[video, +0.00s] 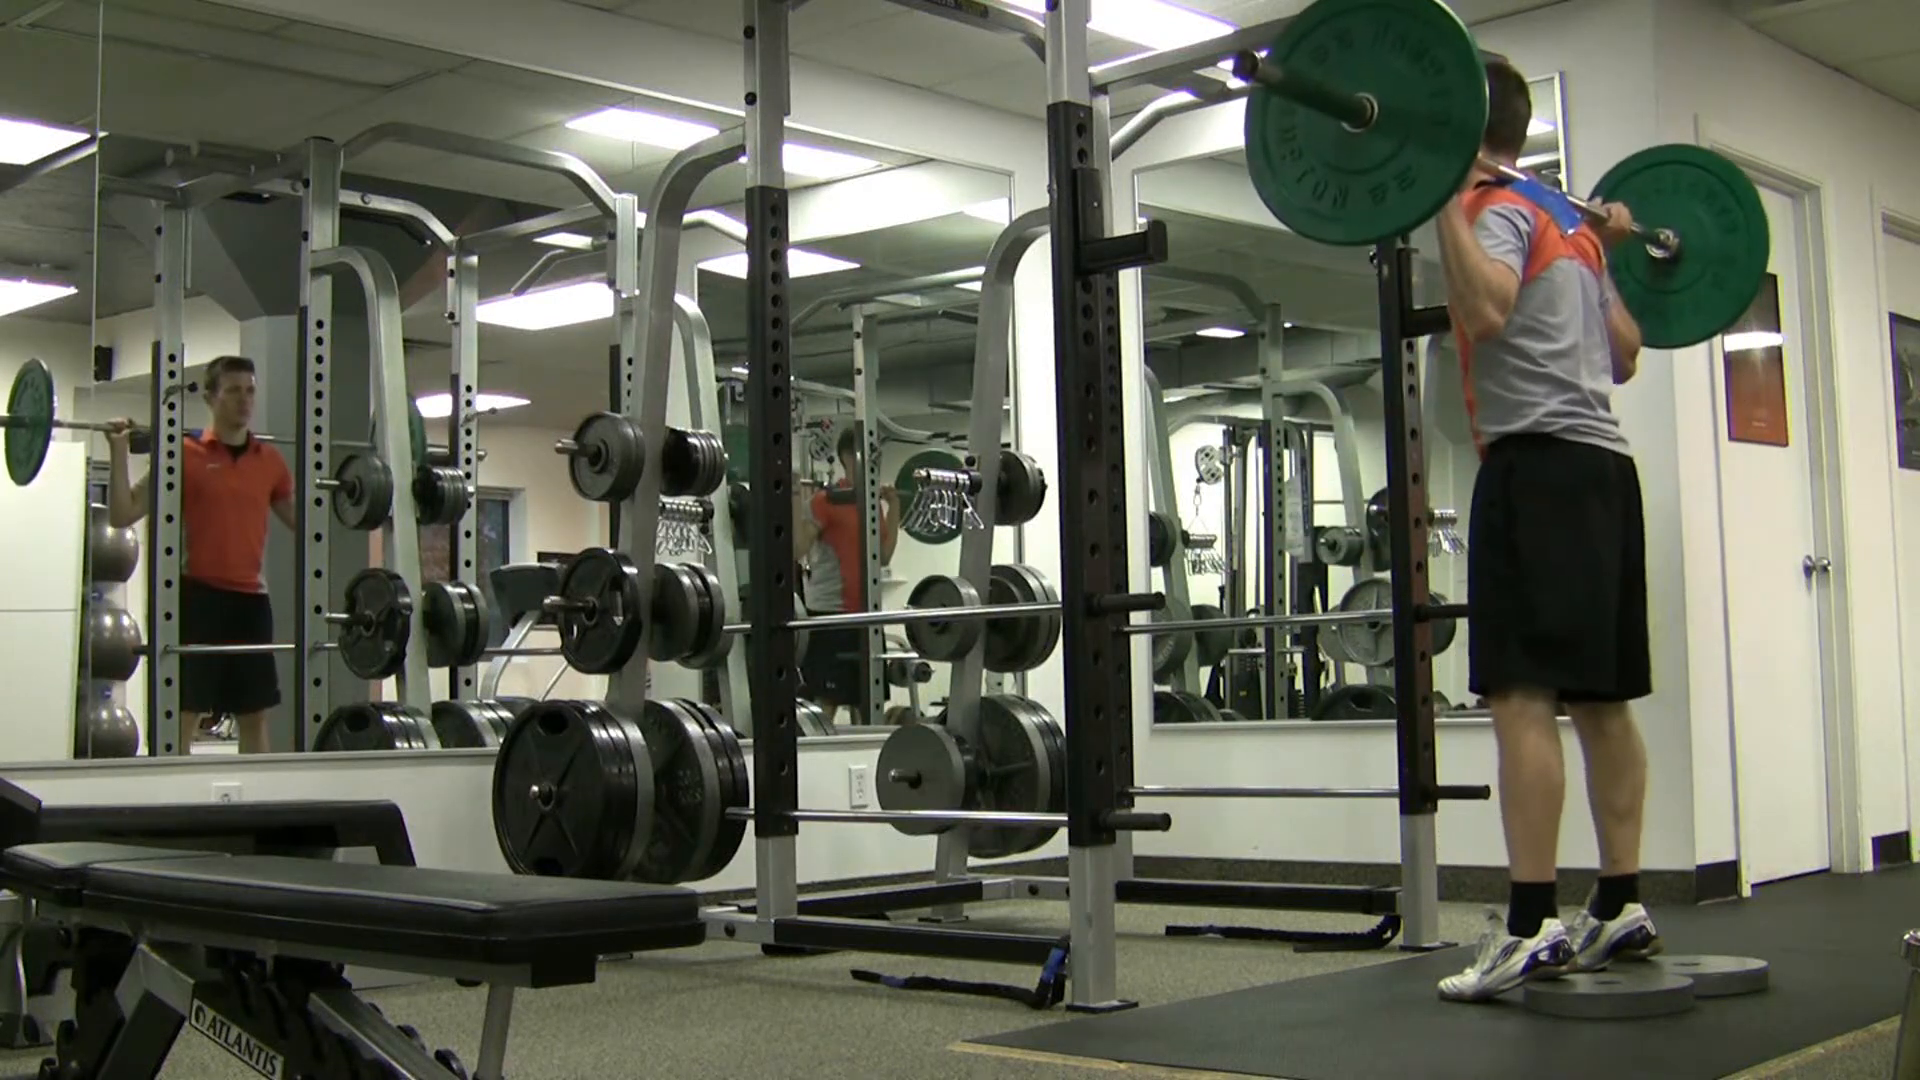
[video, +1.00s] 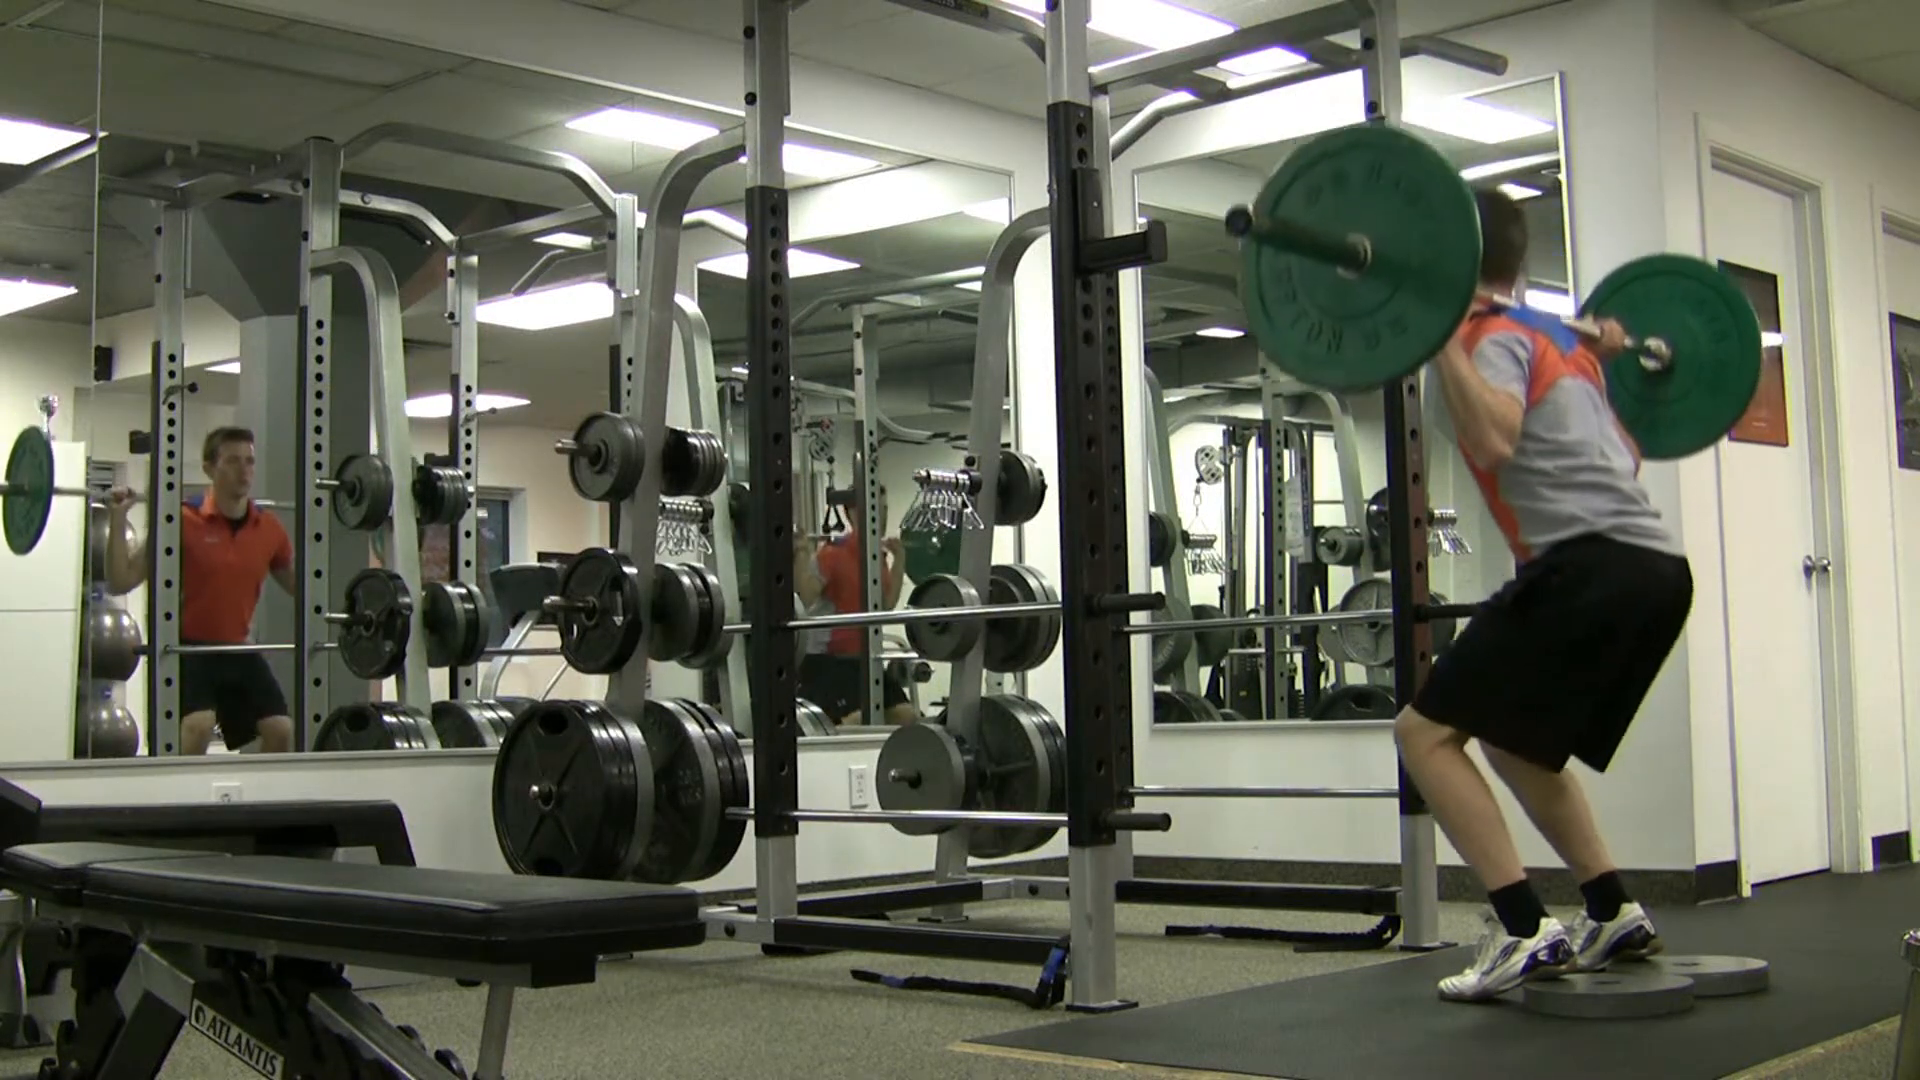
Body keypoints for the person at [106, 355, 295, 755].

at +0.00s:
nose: (245, 399)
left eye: (250, 391)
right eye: (234, 391)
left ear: (256, 398)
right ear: (211, 398)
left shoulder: (269, 458)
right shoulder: (185, 453)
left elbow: (305, 525)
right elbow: (122, 515)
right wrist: (119, 449)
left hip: (249, 601)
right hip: (195, 599)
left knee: (254, 718)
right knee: (185, 719)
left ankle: (259, 809)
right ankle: (173, 809)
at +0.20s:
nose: (245, 399)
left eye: (249, 391)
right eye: (234, 391)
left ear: (256, 398)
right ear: (210, 398)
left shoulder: (269, 459)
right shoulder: (185, 454)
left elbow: (306, 525)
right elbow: (123, 515)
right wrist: (119, 450)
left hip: (250, 601)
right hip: (195, 598)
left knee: (255, 718)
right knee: (185, 718)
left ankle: (261, 809)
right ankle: (174, 809)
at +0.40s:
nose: (245, 402)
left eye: (250, 394)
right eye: (234, 394)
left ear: (256, 400)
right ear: (211, 400)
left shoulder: (268, 460)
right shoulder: (184, 456)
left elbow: (306, 525)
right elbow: (122, 517)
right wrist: (119, 452)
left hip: (249, 603)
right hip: (195, 600)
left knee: (258, 716)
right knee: (187, 717)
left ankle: (260, 809)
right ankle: (176, 809)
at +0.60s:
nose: (245, 420)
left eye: (249, 412)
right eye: (234, 411)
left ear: (255, 418)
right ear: (210, 418)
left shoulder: (268, 479)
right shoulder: (184, 473)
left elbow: (303, 540)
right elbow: (122, 535)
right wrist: (118, 468)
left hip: (246, 617)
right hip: (192, 614)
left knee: (266, 725)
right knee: (189, 726)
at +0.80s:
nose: (245, 444)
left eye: (249, 436)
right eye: (234, 435)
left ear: (255, 442)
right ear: (210, 442)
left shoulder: (269, 504)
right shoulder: (182, 497)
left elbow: (304, 563)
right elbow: (122, 559)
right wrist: (118, 491)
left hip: (242, 634)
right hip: (189, 632)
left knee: (273, 727)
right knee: (196, 723)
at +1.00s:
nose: (245, 471)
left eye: (250, 461)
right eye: (234, 461)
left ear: (256, 467)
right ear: (209, 467)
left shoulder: (268, 527)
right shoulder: (181, 521)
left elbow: (301, 589)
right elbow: (121, 581)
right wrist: (118, 516)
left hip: (239, 652)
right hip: (187, 651)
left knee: (279, 730)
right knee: (198, 726)